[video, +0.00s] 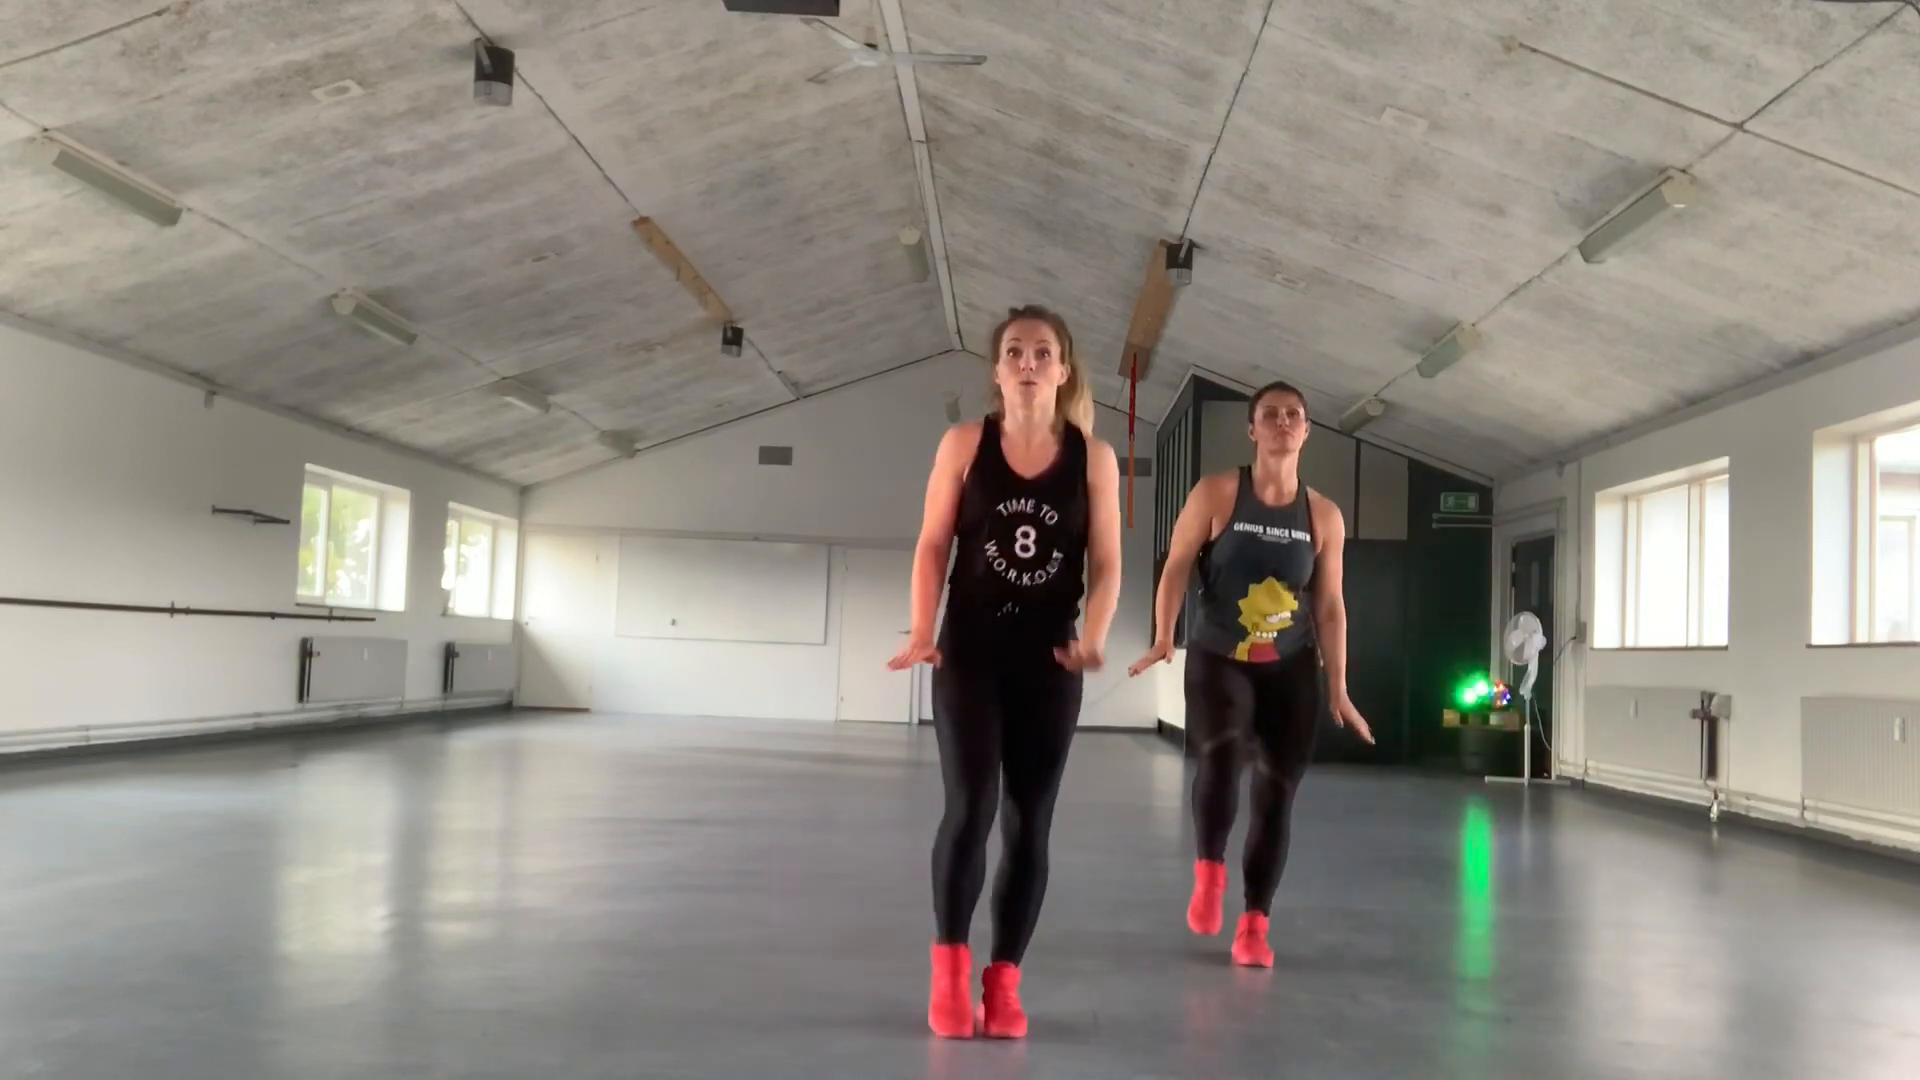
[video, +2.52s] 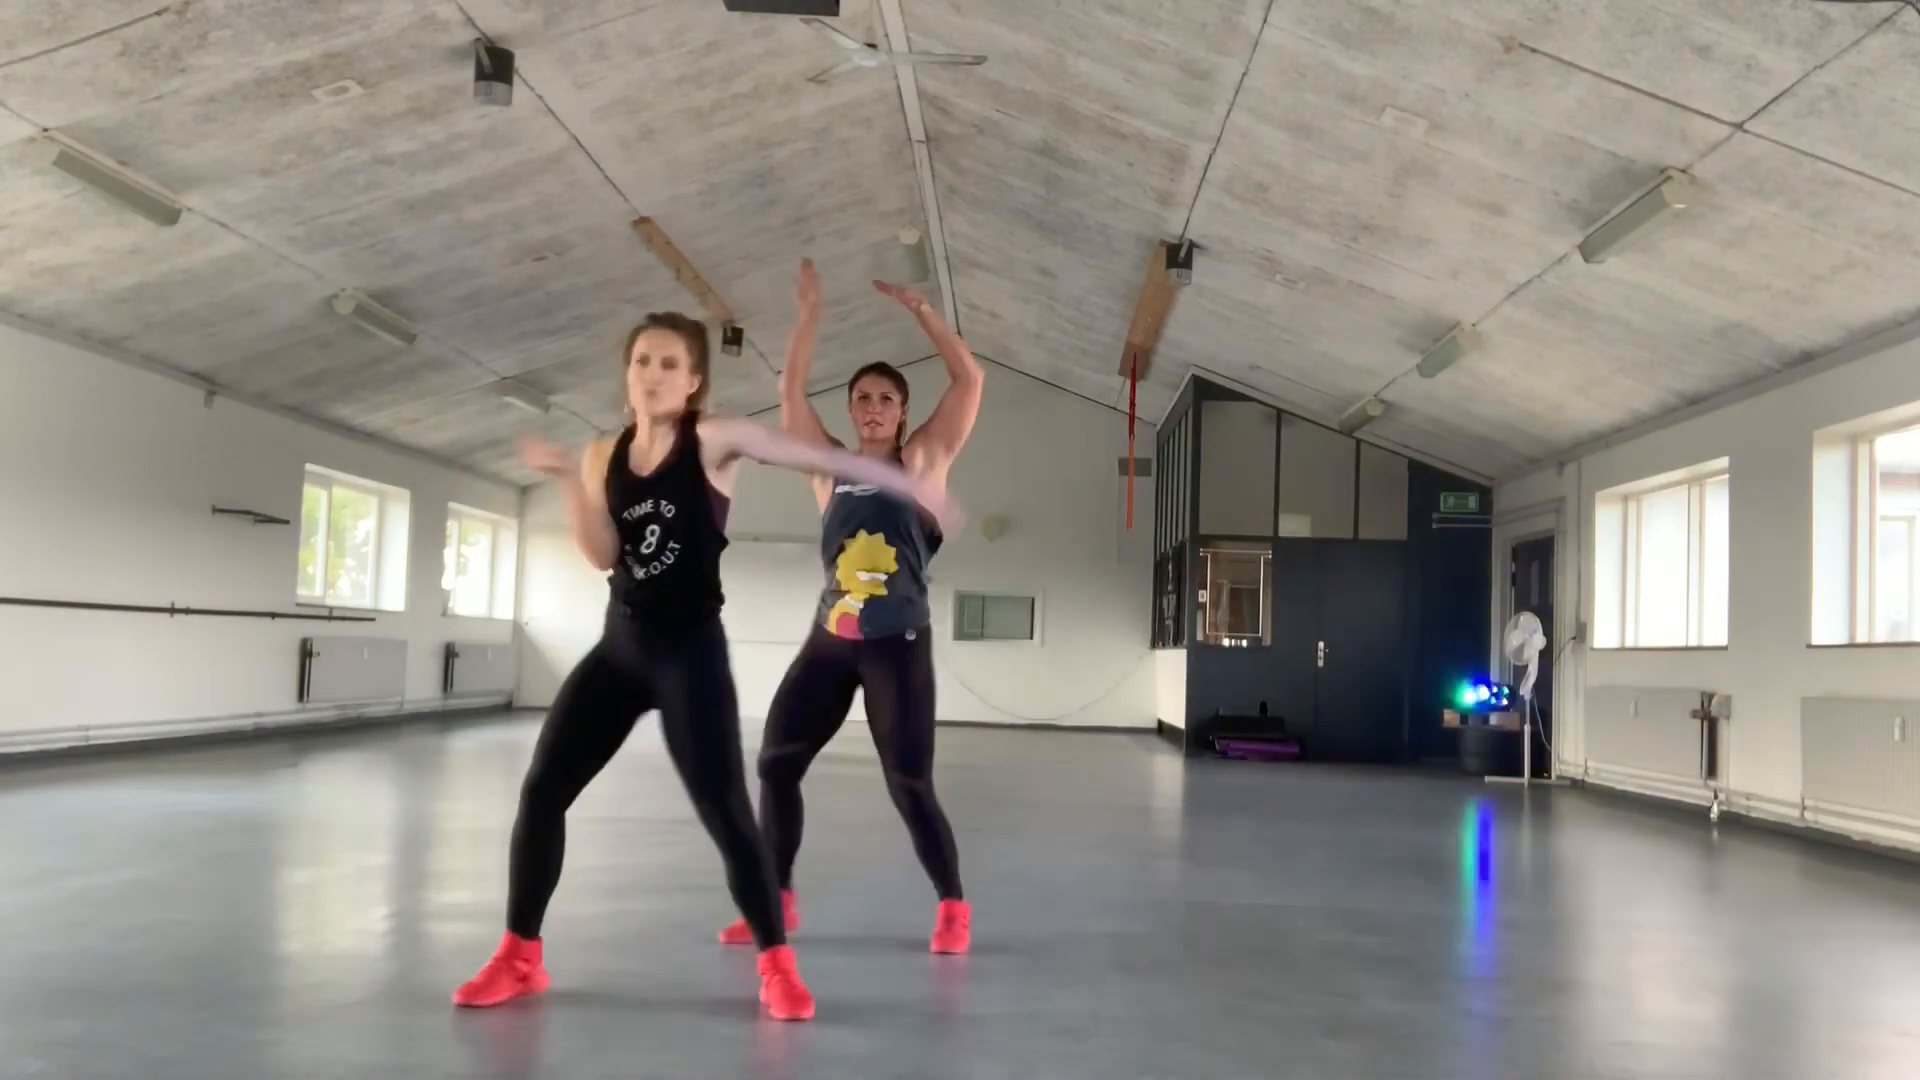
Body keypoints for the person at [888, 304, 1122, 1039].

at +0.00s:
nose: (1028, 363)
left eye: (1042, 353)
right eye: (1015, 351)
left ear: (1064, 368)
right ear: (996, 366)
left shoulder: (1094, 459)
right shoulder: (963, 445)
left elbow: (1107, 566)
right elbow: (933, 545)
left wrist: (1091, 639)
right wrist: (922, 631)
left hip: (1050, 656)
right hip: (970, 650)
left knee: (1029, 820)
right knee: (972, 806)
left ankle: (1005, 974)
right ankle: (950, 961)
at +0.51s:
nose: (1006, 381)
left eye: (1021, 371)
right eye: (993, 368)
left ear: (1043, 385)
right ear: (973, 379)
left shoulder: (1061, 478)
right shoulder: (937, 441)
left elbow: (1076, 581)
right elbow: (900, 517)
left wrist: (1077, 673)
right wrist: (908, 582)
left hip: (1038, 656)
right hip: (958, 650)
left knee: (1028, 823)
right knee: (953, 799)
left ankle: (1016, 970)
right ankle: (956, 913)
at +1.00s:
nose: (910, 402)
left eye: (926, 389)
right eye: (899, 388)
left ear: (952, 402)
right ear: (883, 396)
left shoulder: (967, 491)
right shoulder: (860, 445)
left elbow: (982, 598)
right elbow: (830, 523)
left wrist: (985, 692)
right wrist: (831, 596)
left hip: (954, 661)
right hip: (879, 652)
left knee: (946, 826)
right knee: (852, 758)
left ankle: (928, 962)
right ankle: (838, 883)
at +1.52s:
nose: (801, 387)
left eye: (816, 376)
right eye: (789, 374)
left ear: (841, 384)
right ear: (773, 380)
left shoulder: (863, 466)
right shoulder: (748, 431)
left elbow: (872, 565)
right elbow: (714, 512)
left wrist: (866, 661)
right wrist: (713, 594)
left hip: (833, 651)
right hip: (757, 641)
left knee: (812, 806)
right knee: (733, 768)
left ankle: (795, 950)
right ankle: (723, 903)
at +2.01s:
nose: (705, 380)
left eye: (721, 368)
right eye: (694, 366)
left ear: (748, 376)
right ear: (679, 370)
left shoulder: (771, 452)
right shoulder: (645, 427)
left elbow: (768, 549)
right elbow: (593, 496)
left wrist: (736, 575)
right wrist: (565, 579)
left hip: (736, 644)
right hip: (656, 640)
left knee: (756, 798)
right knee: (570, 772)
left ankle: (762, 943)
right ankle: (570, 924)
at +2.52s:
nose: (654, 374)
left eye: (670, 363)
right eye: (643, 361)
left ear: (695, 380)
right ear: (626, 375)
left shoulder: (717, 438)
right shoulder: (603, 456)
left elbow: (825, 457)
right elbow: (602, 556)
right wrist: (571, 481)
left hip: (691, 658)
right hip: (621, 652)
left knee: (724, 811)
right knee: (542, 794)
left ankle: (776, 965)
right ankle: (520, 954)